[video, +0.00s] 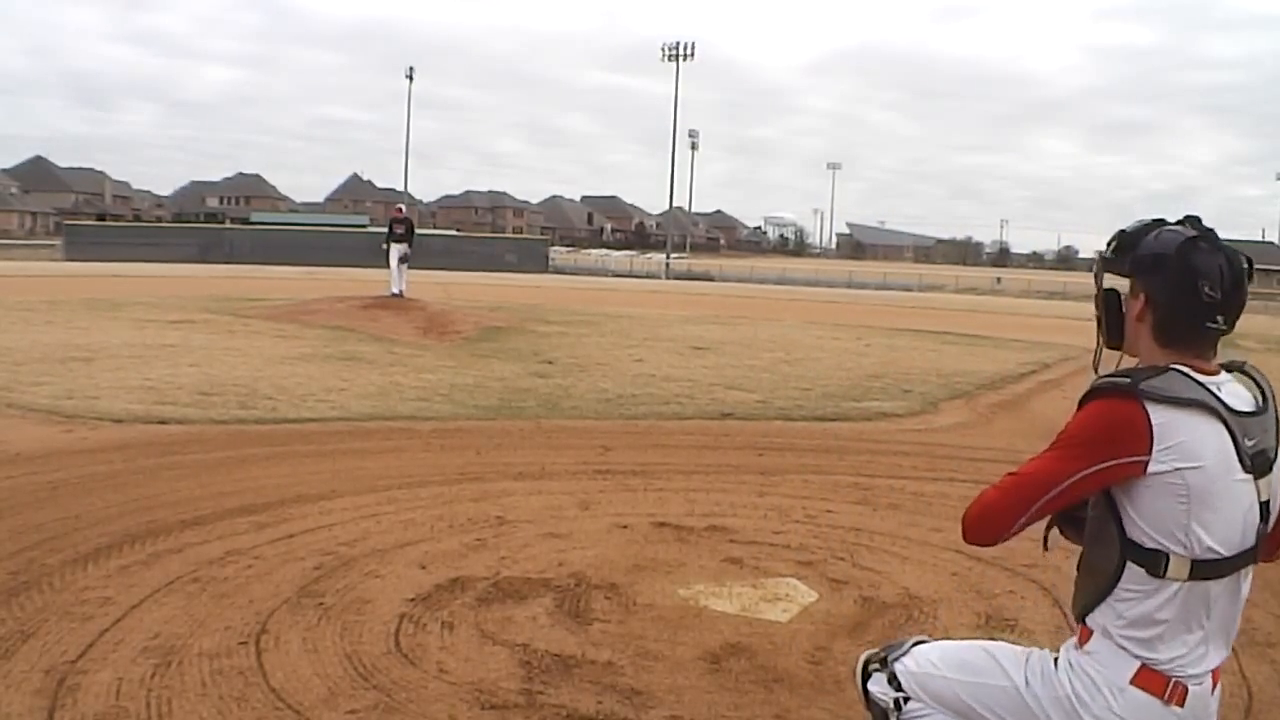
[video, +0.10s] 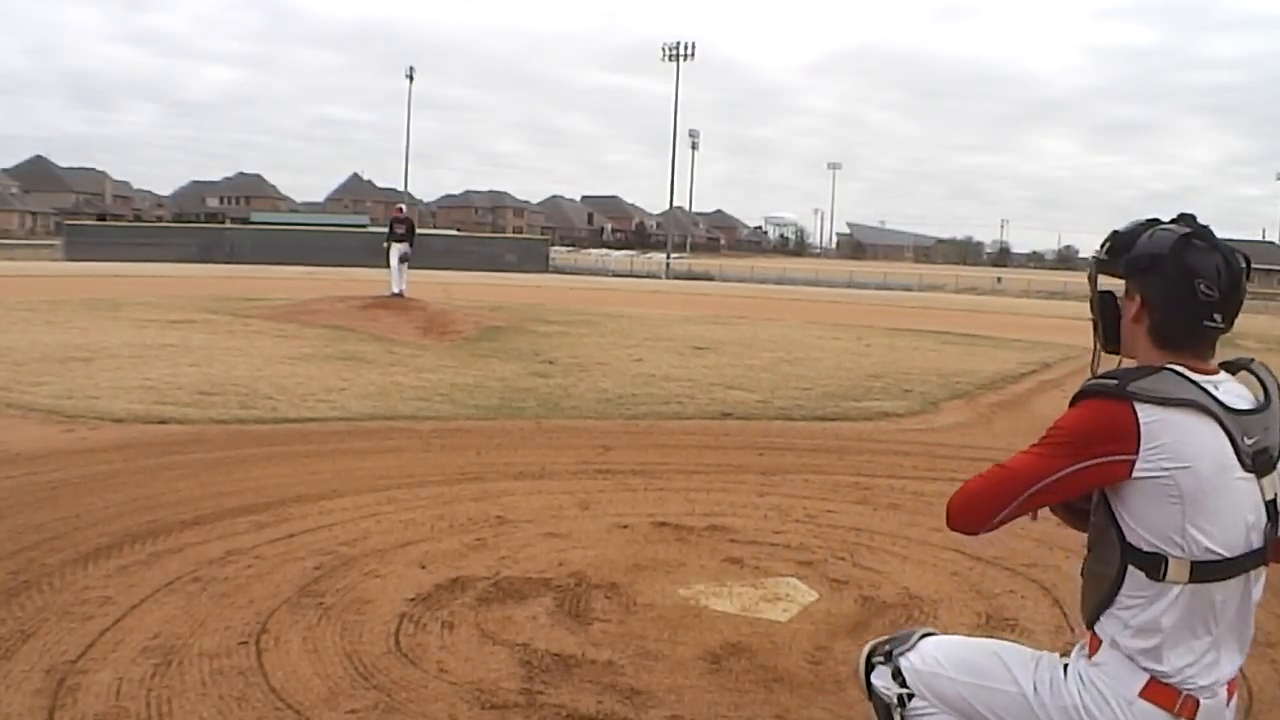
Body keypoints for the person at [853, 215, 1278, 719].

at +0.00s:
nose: (1118, 303)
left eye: (1125, 290)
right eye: (1123, 288)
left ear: (1140, 304)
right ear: (1217, 313)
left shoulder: (1130, 408)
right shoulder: (1253, 395)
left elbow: (980, 525)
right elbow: (1270, 542)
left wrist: (1066, 494)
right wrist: (1104, 527)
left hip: (1116, 695)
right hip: (1202, 697)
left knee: (890, 675)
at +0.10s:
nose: (1116, 303)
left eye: (1122, 290)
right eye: (1120, 289)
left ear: (1137, 306)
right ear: (1217, 314)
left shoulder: (1124, 408)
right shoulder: (1256, 391)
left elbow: (965, 513)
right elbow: (1271, 543)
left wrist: (1056, 484)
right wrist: (1097, 514)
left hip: (1131, 700)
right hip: (1220, 698)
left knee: (894, 665)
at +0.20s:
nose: (1108, 291)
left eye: (1114, 280)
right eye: (1112, 278)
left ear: (1128, 295)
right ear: (1205, 306)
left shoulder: (1113, 399)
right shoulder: (1247, 382)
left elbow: (965, 518)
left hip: (1141, 701)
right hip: (1237, 697)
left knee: (902, 653)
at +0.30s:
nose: (1099, 289)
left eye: (1105, 278)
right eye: (1104, 276)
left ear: (1121, 293)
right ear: (1198, 301)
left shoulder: (1100, 393)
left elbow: (980, 548)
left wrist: (1091, 488)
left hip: (1161, 701)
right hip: (1265, 694)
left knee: (908, 646)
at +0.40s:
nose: (1090, 314)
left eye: (1097, 300)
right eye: (1095, 299)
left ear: (1115, 313)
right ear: (1196, 318)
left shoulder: (1096, 415)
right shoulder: (1245, 394)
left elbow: (1005, 591)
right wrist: (1084, 502)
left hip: (1162, 702)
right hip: (1264, 699)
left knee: (912, 645)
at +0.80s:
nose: (1102, 345)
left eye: (1106, 332)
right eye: (1105, 331)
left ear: (1122, 347)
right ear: (1209, 349)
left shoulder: (1106, 444)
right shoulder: (1254, 417)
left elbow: (1036, 635)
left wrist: (1026, 571)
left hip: (1174, 712)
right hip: (1263, 704)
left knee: (941, 641)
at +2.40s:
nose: (1114, 361)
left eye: (1120, 348)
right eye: (1117, 347)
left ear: (1138, 364)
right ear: (1217, 369)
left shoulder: (1109, 458)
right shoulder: (1260, 436)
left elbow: (1039, 651)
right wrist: (1112, 591)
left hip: (1168, 716)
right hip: (1262, 709)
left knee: (945, 641)